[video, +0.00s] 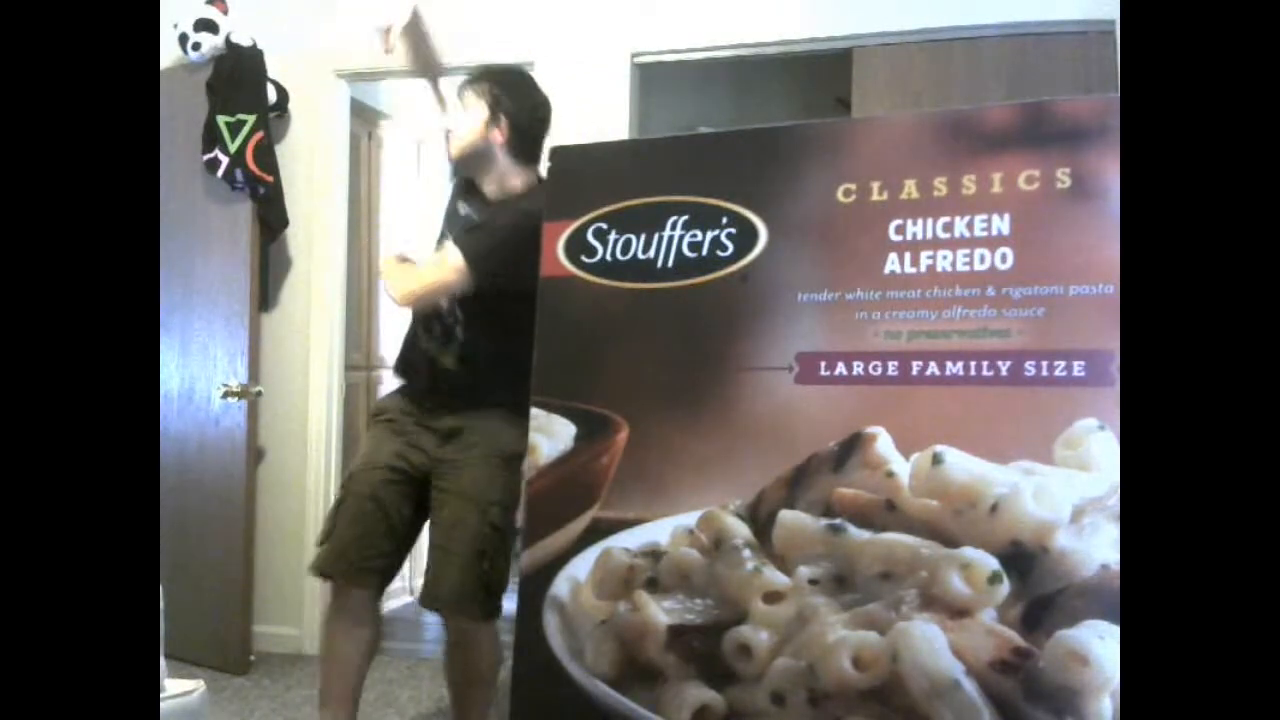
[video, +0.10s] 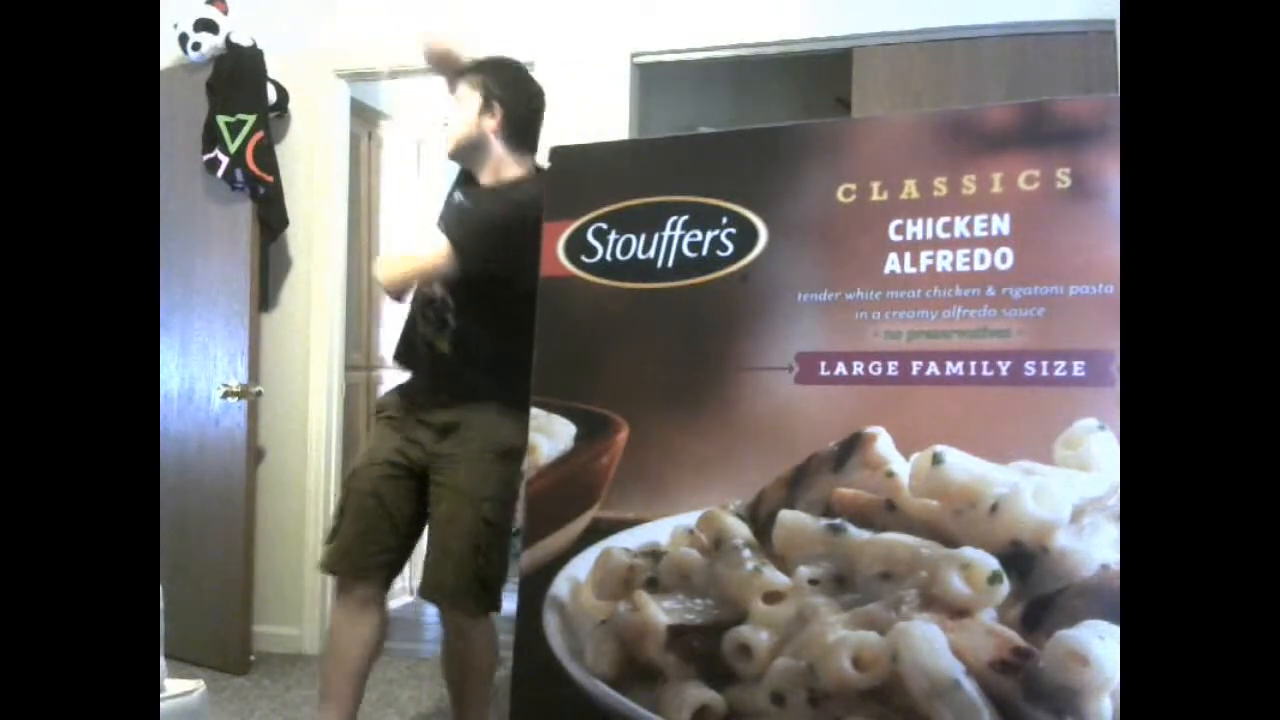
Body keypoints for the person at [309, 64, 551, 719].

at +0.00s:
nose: (449, 122)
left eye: (463, 110)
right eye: (454, 111)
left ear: (499, 127)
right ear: (494, 129)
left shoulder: (529, 216)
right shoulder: (473, 181)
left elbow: (413, 290)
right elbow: (445, 99)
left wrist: (393, 260)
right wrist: (415, 37)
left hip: (483, 427)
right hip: (408, 413)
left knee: (465, 603)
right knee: (352, 575)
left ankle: (473, 718)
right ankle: (335, 715)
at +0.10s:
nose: (446, 118)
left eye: (458, 104)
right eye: (451, 104)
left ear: (493, 116)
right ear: (496, 118)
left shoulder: (524, 201)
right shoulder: (476, 178)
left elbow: (403, 275)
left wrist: (393, 269)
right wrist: (458, 70)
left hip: (484, 418)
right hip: (411, 406)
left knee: (462, 597)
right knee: (357, 572)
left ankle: (473, 717)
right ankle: (334, 714)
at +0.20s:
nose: (436, 130)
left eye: (447, 116)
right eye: (442, 115)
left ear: (483, 123)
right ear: (487, 125)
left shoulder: (518, 204)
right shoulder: (467, 196)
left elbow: (431, 256)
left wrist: (353, 267)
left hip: (479, 418)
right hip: (413, 407)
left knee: (449, 596)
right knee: (364, 577)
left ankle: (472, 716)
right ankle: (337, 714)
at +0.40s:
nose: (434, 162)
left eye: (445, 148)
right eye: (439, 147)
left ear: (481, 159)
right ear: (480, 160)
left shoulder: (525, 247)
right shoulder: (463, 216)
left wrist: (384, 256)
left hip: (473, 432)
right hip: (407, 421)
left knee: (433, 597)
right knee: (335, 579)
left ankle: (469, 714)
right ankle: (323, 713)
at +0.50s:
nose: (432, 146)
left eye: (447, 136)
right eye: (437, 135)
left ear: (485, 152)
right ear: (470, 151)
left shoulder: (515, 235)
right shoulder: (438, 201)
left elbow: (420, 230)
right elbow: (370, 161)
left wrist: (372, 166)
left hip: (454, 438)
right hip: (382, 424)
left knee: (464, 599)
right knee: (284, 543)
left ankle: (477, 717)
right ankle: (281, 707)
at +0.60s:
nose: (432, 123)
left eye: (449, 113)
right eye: (435, 112)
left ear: (489, 134)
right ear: (444, 127)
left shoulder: (513, 225)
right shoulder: (419, 171)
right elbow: (366, 126)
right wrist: (344, 69)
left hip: (439, 415)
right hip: (358, 401)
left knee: (474, 577)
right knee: (262, 537)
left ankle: (486, 712)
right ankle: (272, 700)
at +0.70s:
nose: (433, 102)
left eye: (451, 96)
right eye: (426, 88)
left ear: (466, 118)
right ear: (407, 93)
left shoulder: (454, 194)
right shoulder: (373, 139)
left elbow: (505, 228)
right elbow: (378, 31)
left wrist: (433, 150)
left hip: (399, 393)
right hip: (324, 381)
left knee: (438, 558)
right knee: (271, 563)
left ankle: (414, 705)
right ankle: (194, 691)